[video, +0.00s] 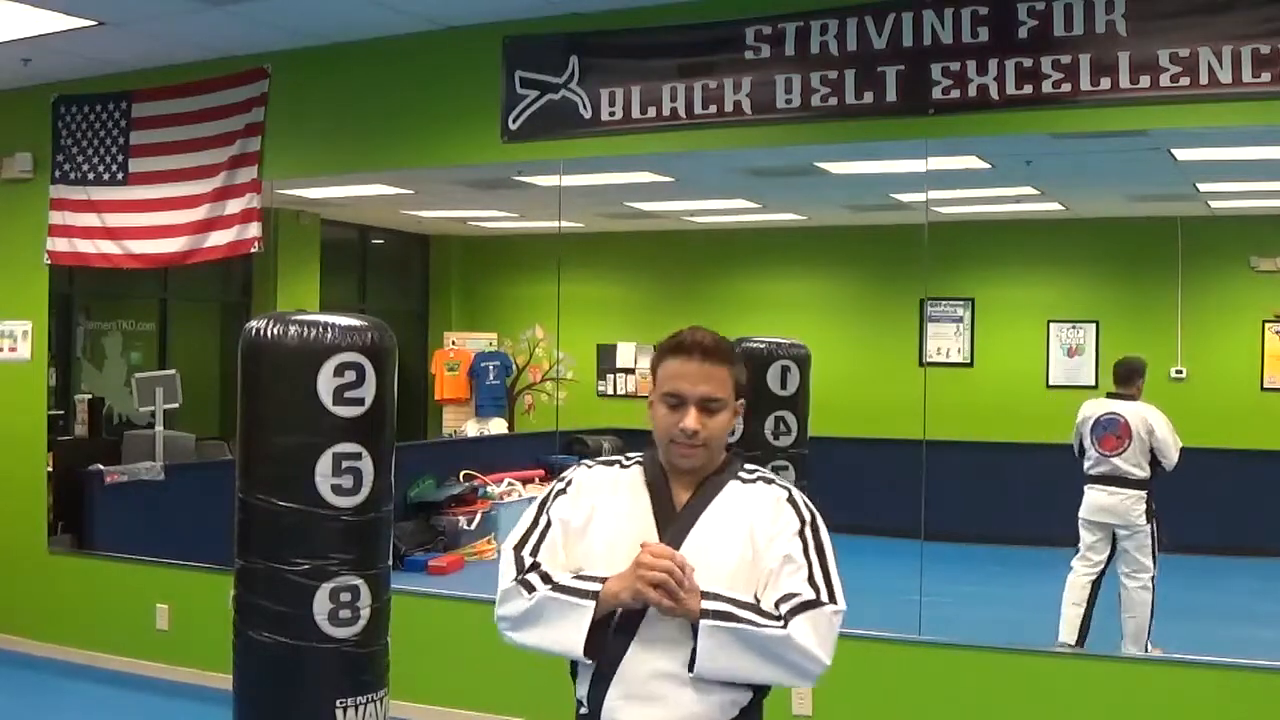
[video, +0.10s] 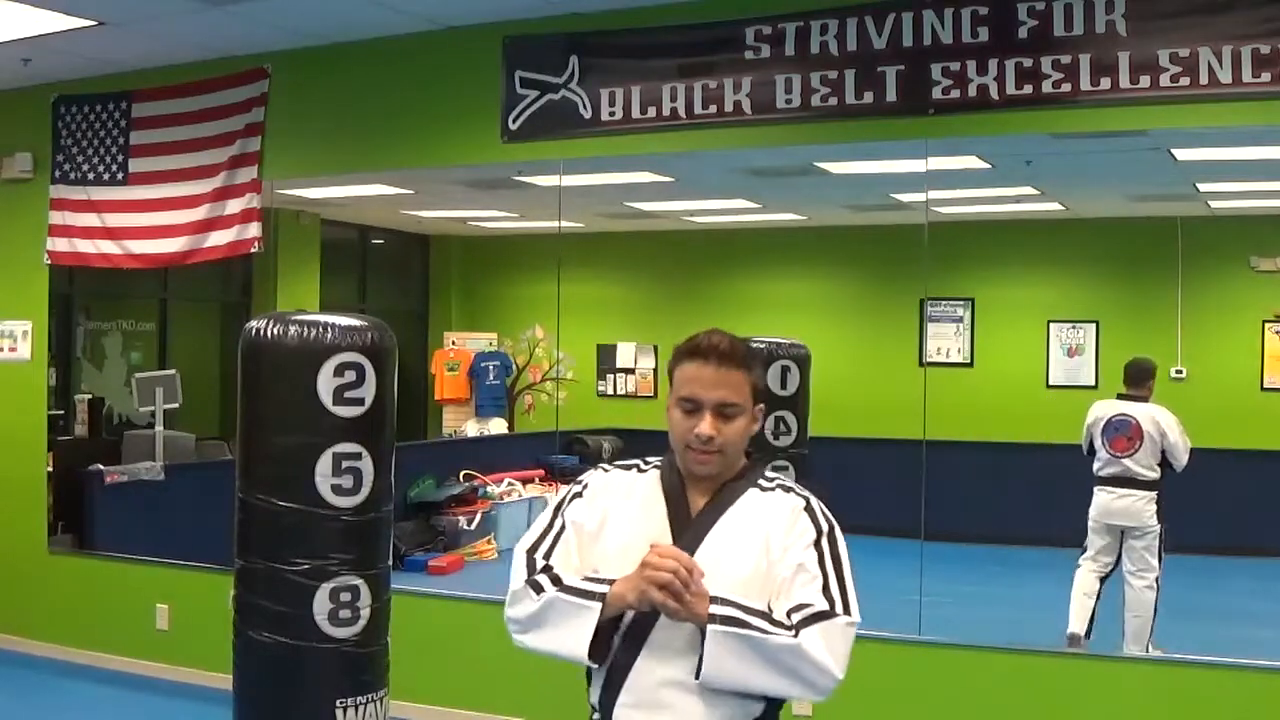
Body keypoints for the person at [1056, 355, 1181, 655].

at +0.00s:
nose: (1143, 384)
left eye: (1141, 380)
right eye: (1143, 381)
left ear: (1113, 381)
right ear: (1140, 383)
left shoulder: (1089, 409)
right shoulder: (1150, 415)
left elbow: (1079, 449)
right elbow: (1170, 459)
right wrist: (1144, 450)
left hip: (1094, 499)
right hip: (1132, 503)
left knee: (1085, 564)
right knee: (1137, 574)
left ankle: (1067, 641)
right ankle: (1135, 649)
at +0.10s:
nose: (1153, 385)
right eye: (1153, 381)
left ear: (1123, 381)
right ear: (1151, 383)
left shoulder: (1099, 409)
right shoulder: (1162, 417)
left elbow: (1088, 448)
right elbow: (1180, 460)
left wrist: (1118, 437)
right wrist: (1153, 447)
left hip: (1103, 501)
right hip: (1141, 505)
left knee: (1093, 562)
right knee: (1141, 575)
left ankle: (1075, 630)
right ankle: (1136, 650)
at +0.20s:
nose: (1161, 386)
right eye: (1162, 382)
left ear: (1132, 381)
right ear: (1159, 384)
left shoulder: (1107, 410)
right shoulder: (1170, 417)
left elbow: (1095, 449)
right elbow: (1187, 462)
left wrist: (1126, 437)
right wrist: (1159, 445)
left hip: (1111, 502)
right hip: (1148, 506)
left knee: (1103, 558)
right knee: (1145, 574)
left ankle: (1086, 619)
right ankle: (1138, 650)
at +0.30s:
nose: (1162, 385)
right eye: (1164, 381)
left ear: (1135, 381)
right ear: (1164, 383)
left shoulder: (1112, 410)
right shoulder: (1177, 416)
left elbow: (1100, 452)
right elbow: (1191, 461)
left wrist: (1129, 442)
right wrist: (1164, 448)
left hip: (1116, 500)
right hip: (1153, 504)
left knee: (1108, 560)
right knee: (1147, 574)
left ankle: (1095, 629)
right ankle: (1137, 648)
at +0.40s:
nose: (1163, 384)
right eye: (1165, 379)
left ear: (1140, 381)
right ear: (1167, 381)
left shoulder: (1117, 410)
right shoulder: (1182, 415)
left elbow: (1103, 454)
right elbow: (1197, 460)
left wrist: (1134, 452)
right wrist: (1168, 458)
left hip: (1120, 500)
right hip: (1157, 504)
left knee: (1112, 565)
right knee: (1149, 573)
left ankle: (1104, 639)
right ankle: (1137, 647)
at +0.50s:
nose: (1167, 385)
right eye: (1169, 380)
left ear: (1143, 382)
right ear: (1170, 382)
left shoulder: (1120, 411)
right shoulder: (1184, 415)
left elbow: (1107, 456)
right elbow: (1200, 460)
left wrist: (1136, 452)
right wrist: (1172, 455)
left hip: (1124, 501)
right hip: (1160, 504)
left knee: (1119, 567)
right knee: (1151, 573)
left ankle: (1116, 636)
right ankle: (1138, 647)